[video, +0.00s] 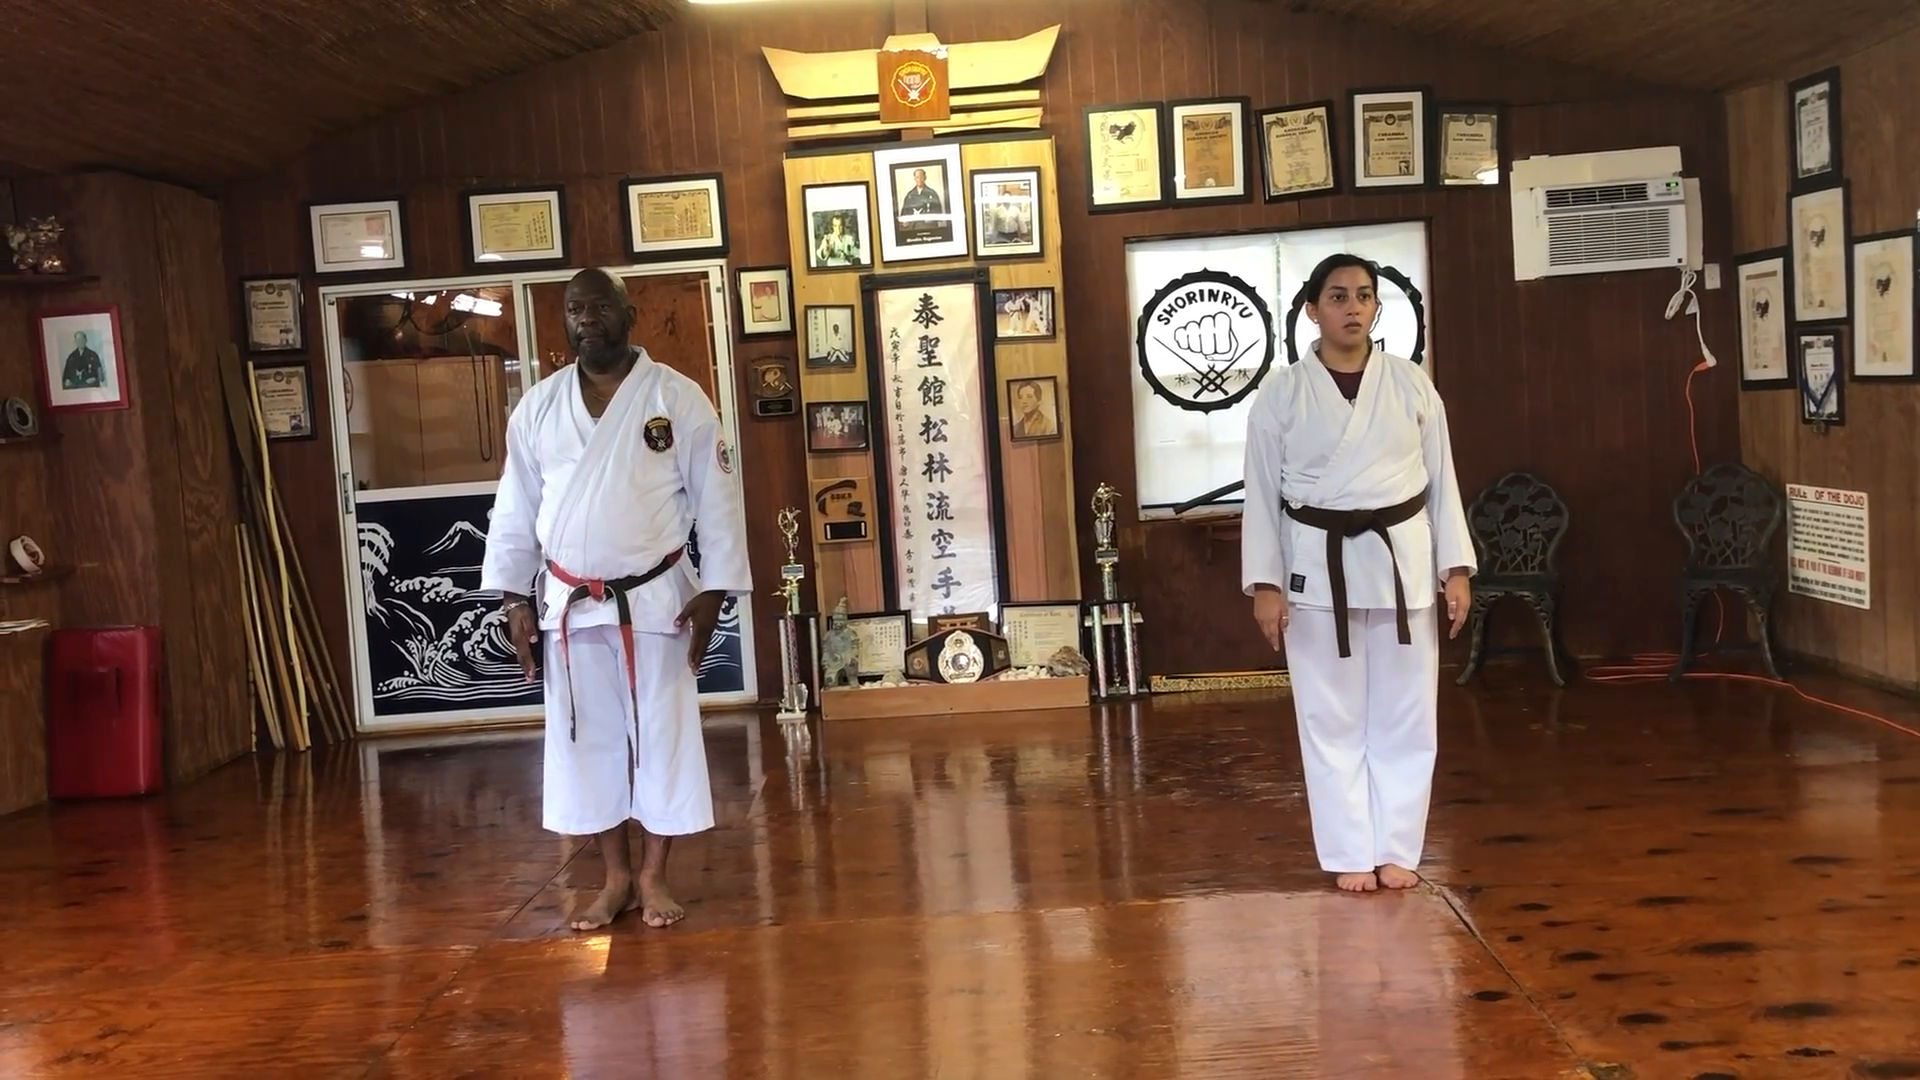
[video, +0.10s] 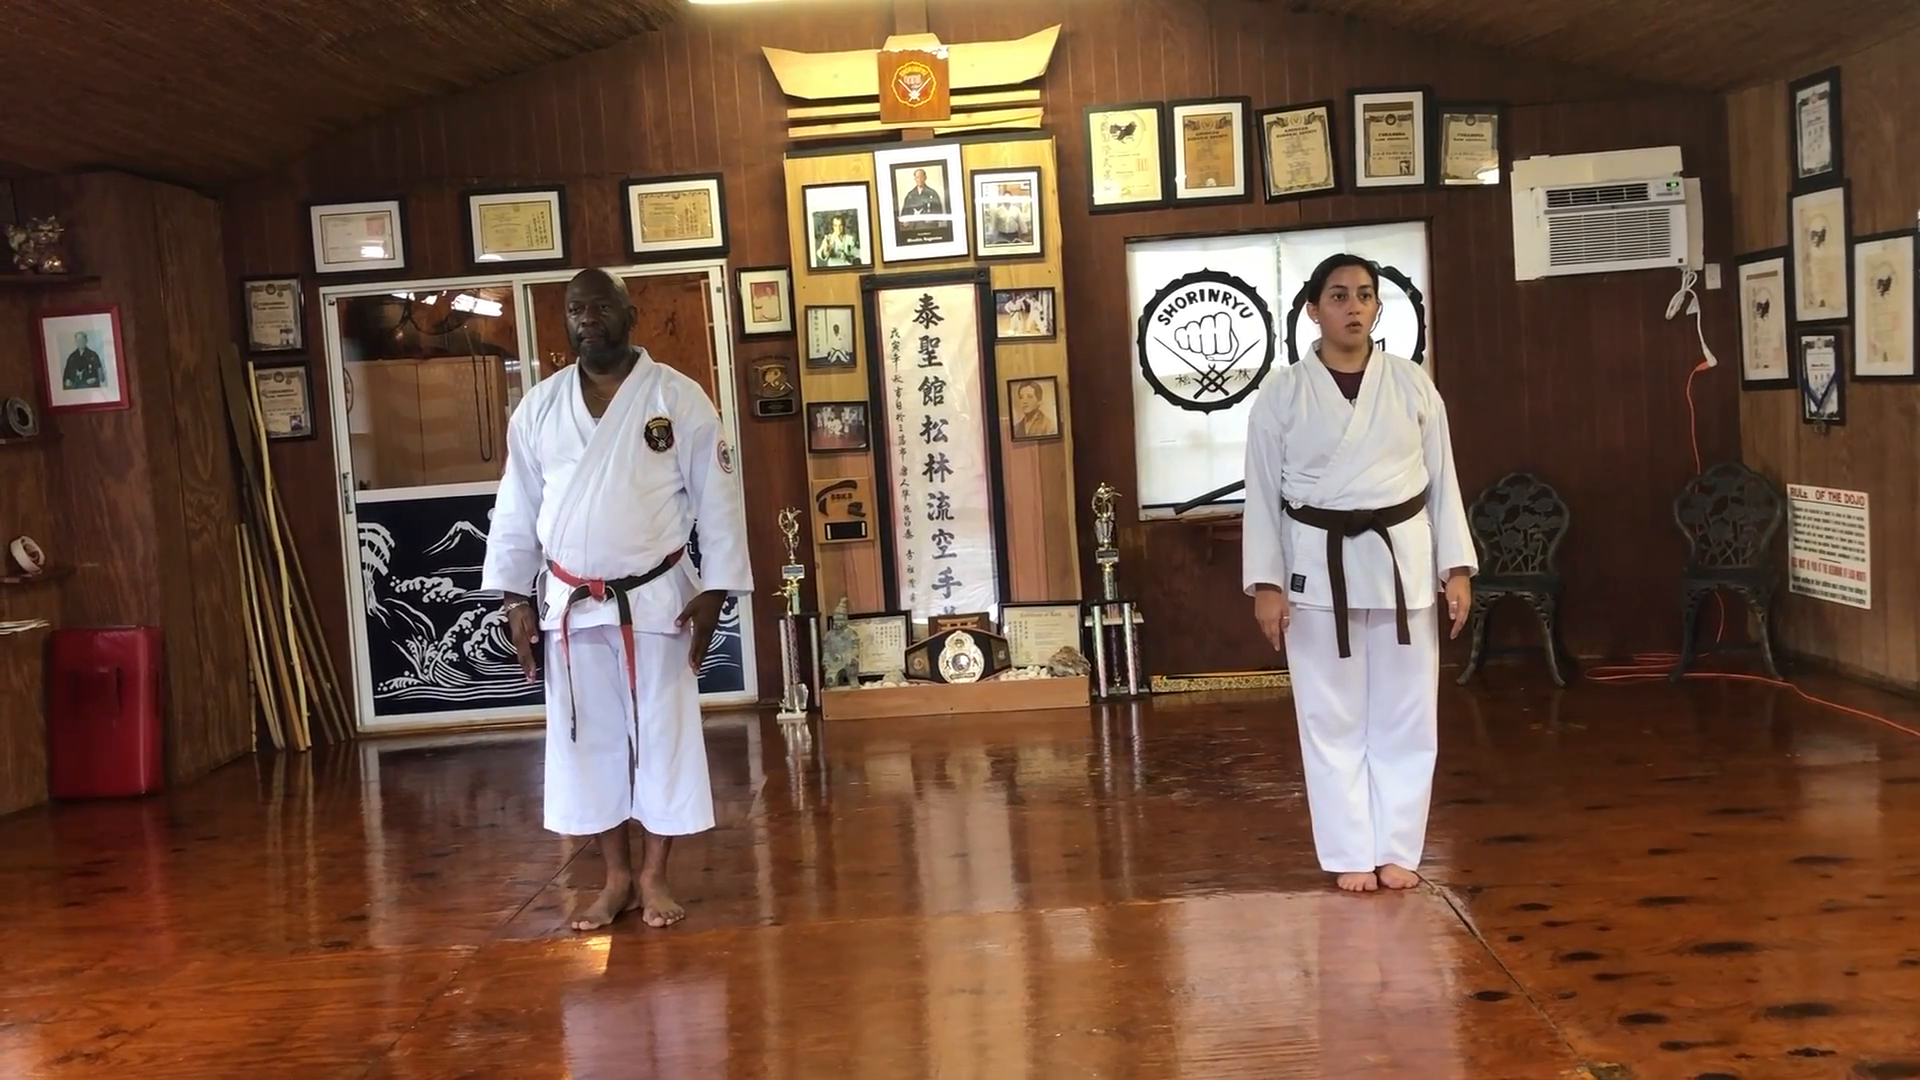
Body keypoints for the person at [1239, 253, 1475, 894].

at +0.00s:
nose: (1354, 307)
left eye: (1364, 296)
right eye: (1338, 296)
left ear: (1377, 308)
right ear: (1312, 309)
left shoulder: (1410, 382)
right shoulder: (1279, 393)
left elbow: (1440, 482)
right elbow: (1261, 494)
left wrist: (1455, 566)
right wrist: (1264, 582)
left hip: (1404, 567)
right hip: (1316, 572)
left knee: (1404, 715)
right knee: (1333, 718)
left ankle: (1397, 853)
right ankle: (1350, 857)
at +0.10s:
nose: (1354, 307)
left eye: (1365, 295)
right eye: (1339, 296)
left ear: (1378, 308)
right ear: (1313, 309)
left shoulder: (1411, 382)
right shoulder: (1280, 392)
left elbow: (1441, 481)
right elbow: (1261, 494)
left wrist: (1456, 566)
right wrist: (1265, 581)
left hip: (1405, 567)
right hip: (1317, 571)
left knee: (1404, 715)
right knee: (1333, 718)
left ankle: (1397, 853)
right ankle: (1350, 857)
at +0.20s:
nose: (1355, 307)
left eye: (1365, 295)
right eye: (1339, 296)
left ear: (1379, 308)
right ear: (1314, 309)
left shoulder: (1412, 383)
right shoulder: (1280, 393)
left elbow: (1441, 482)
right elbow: (1262, 494)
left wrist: (1456, 566)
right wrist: (1266, 582)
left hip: (1405, 567)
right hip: (1317, 572)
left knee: (1404, 715)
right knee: (1333, 717)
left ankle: (1397, 853)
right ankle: (1351, 857)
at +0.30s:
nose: (1355, 308)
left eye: (1366, 295)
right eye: (1339, 296)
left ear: (1379, 308)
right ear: (1314, 310)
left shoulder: (1412, 383)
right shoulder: (1280, 393)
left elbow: (1441, 483)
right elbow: (1261, 495)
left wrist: (1455, 566)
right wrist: (1264, 582)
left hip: (1405, 568)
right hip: (1316, 572)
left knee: (1404, 716)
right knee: (1333, 718)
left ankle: (1398, 854)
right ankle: (1350, 858)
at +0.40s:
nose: (1354, 308)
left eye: (1365, 296)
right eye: (1338, 297)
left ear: (1378, 309)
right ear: (1314, 310)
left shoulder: (1412, 384)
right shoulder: (1280, 393)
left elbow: (1441, 484)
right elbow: (1261, 495)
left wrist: (1455, 567)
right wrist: (1264, 583)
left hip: (1404, 568)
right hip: (1316, 572)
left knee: (1404, 716)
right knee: (1333, 719)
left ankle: (1397, 855)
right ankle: (1350, 859)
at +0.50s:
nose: (1354, 309)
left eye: (1365, 297)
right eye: (1339, 298)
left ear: (1378, 310)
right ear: (1313, 311)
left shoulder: (1412, 385)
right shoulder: (1280, 394)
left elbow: (1441, 484)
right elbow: (1261, 496)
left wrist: (1455, 568)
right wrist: (1264, 584)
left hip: (1404, 569)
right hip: (1316, 573)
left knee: (1404, 717)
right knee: (1333, 719)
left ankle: (1397, 855)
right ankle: (1350, 859)